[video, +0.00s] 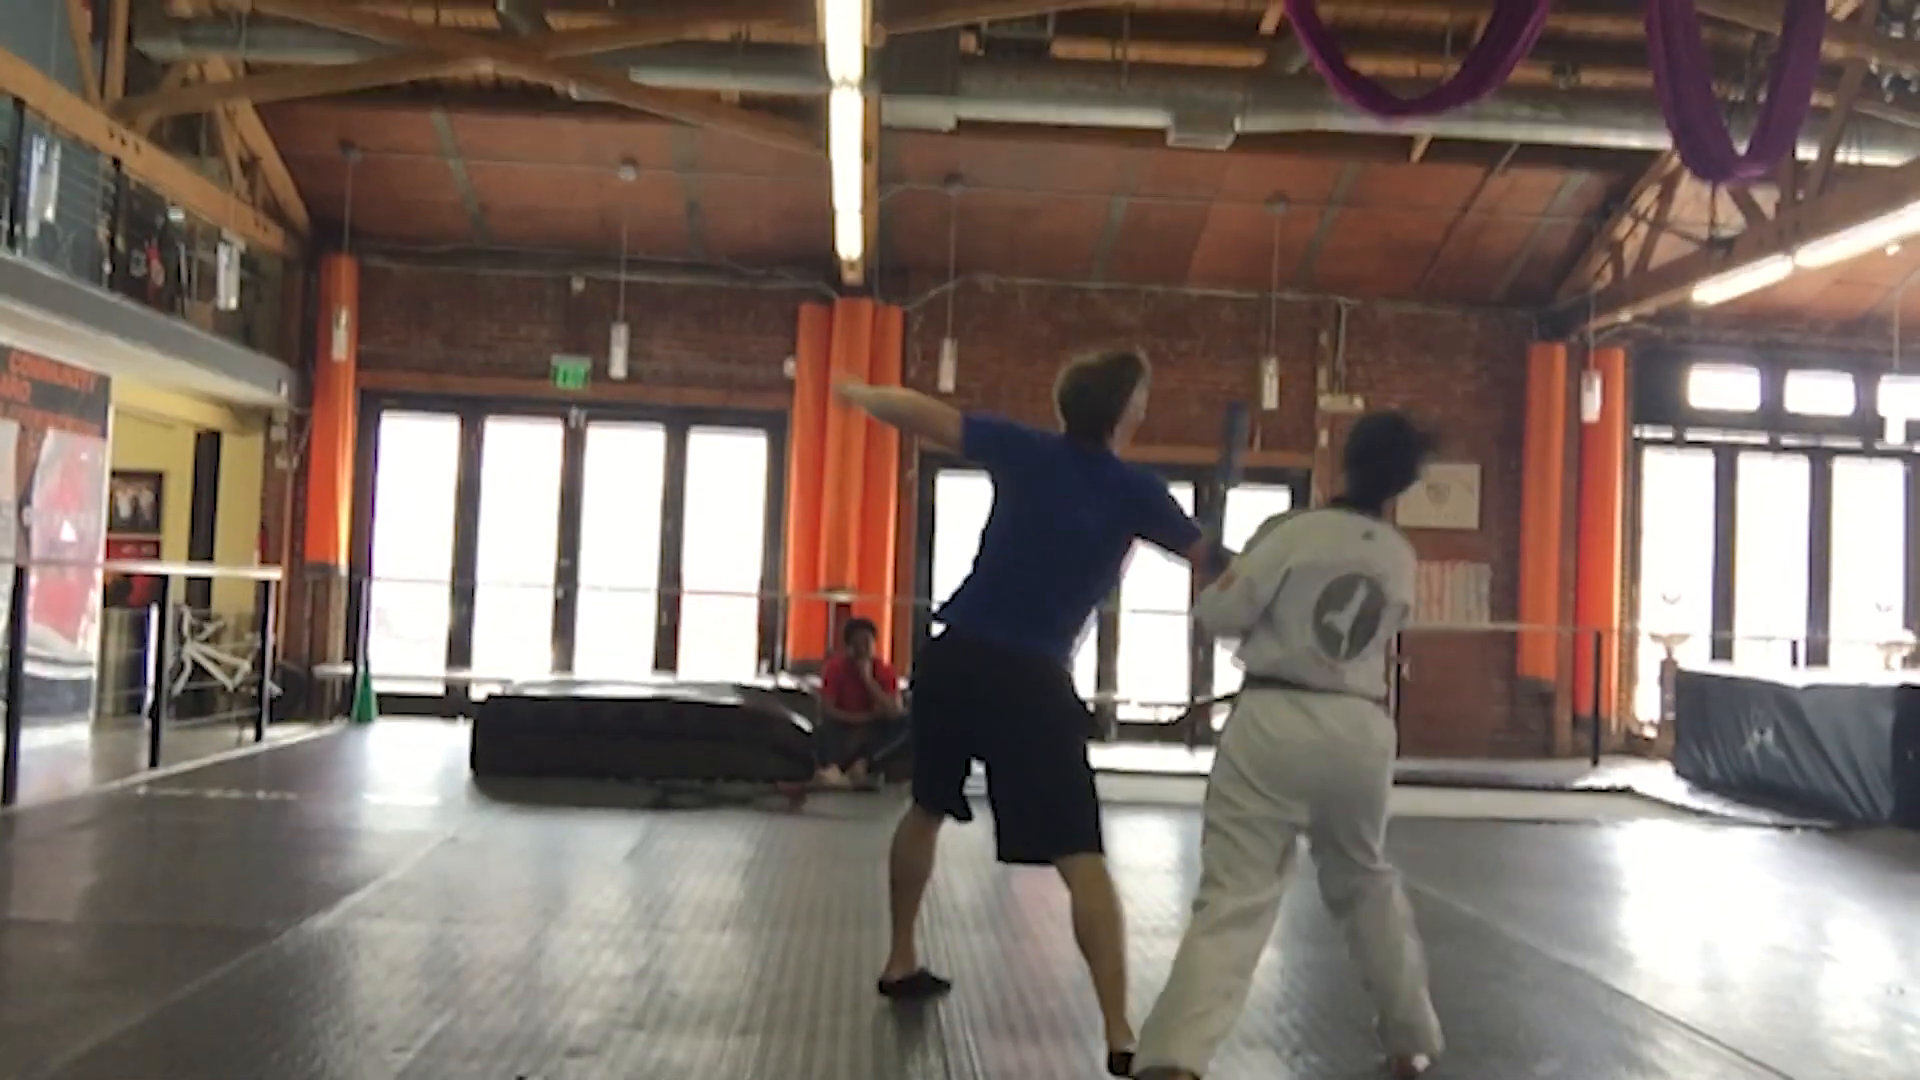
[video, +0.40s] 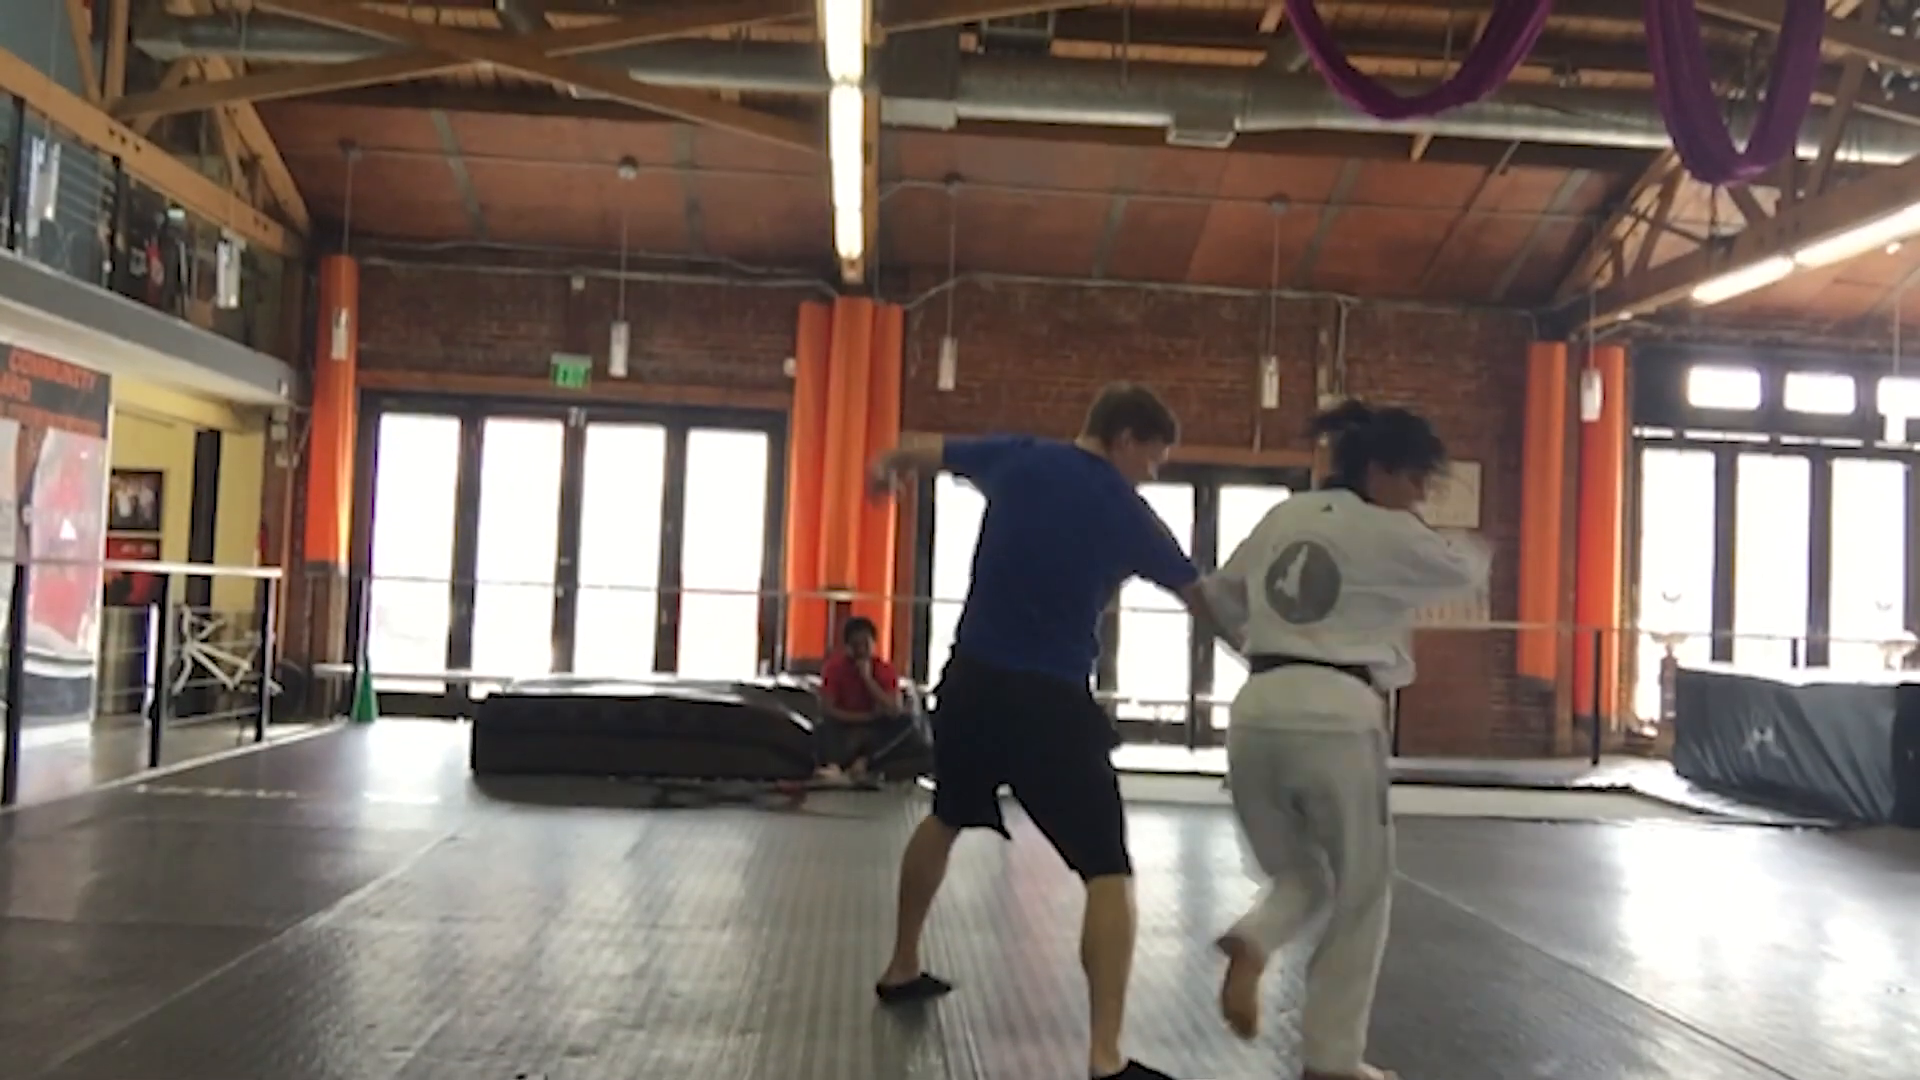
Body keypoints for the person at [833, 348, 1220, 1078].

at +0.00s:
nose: (1141, 413)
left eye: (1139, 403)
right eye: (1138, 405)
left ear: (1064, 406)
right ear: (1125, 415)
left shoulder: (1020, 449)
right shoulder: (1135, 492)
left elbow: (929, 416)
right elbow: (1215, 562)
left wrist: (857, 392)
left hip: (951, 662)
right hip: (1035, 681)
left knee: (925, 807)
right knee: (1082, 864)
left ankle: (900, 962)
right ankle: (1119, 1037)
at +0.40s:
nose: (1153, 476)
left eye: (1159, 465)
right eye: (1154, 462)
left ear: (1099, 433)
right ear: (1125, 440)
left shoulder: (1017, 455)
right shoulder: (1124, 510)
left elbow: (918, 451)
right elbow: (1201, 596)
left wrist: (887, 468)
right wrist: (1266, 641)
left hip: (968, 690)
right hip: (1054, 706)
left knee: (944, 817)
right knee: (1108, 875)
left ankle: (901, 969)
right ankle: (1107, 1058)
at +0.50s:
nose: (1146, 481)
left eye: (1153, 470)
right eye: (1150, 466)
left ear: (1094, 430)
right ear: (1126, 440)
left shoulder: (1014, 457)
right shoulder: (1122, 506)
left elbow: (908, 500)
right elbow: (1204, 614)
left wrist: (903, 568)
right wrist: (1202, 660)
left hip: (971, 688)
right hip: (1056, 702)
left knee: (952, 818)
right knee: (1111, 872)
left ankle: (906, 969)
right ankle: (1113, 1060)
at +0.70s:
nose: (1134, 446)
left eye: (1137, 435)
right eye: (1136, 434)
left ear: (1066, 415)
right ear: (1118, 428)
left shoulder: (1007, 455)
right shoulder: (1128, 501)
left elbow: (903, 488)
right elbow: (1203, 547)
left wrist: (803, 523)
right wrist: (1194, 571)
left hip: (986, 686)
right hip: (1074, 698)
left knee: (977, 804)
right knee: (1108, 879)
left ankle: (951, 951)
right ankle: (1123, 1062)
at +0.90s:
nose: (1101, 459)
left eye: (1103, 450)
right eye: (1103, 449)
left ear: (1037, 421)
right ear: (1088, 446)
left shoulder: (993, 468)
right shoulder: (1085, 517)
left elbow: (946, 497)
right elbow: (1139, 572)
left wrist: (875, 531)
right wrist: (1124, 554)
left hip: (970, 697)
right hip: (1052, 706)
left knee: (965, 827)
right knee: (1106, 875)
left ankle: (972, 977)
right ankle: (1124, 1003)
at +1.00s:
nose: (1076, 443)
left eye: (1078, 434)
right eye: (1079, 433)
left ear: (1009, 412)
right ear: (1067, 427)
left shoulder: (950, 471)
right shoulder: (1084, 503)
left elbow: (896, 560)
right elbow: (1101, 600)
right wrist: (1044, 573)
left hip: (962, 693)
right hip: (1048, 699)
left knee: (965, 826)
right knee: (1082, 836)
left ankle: (970, 970)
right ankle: (1098, 963)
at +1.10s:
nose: (1058, 442)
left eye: (1058, 432)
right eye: (1057, 430)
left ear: (994, 412)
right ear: (1038, 418)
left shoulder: (937, 477)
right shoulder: (1066, 478)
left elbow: (895, 582)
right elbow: (1081, 560)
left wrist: (870, 639)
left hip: (965, 677)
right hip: (1049, 676)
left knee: (962, 815)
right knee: (1078, 762)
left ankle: (970, 956)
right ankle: (1083, 869)